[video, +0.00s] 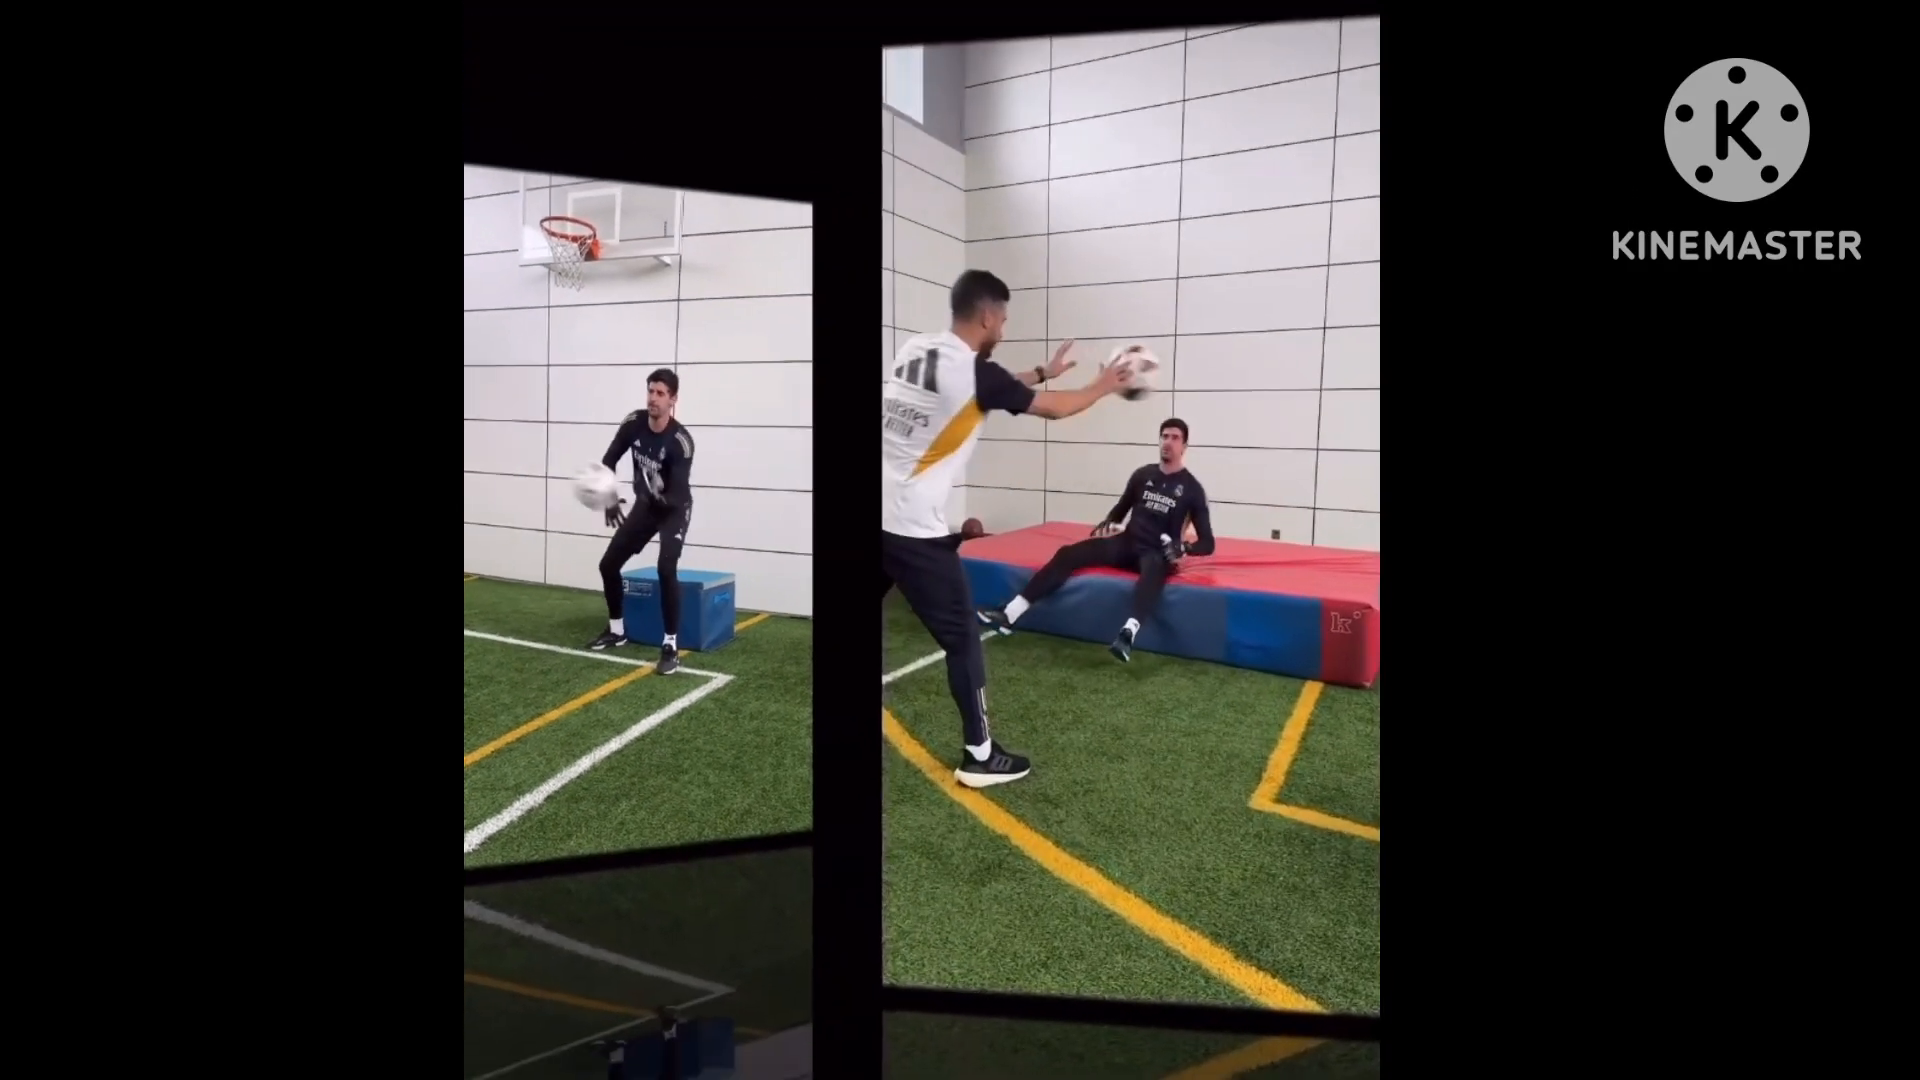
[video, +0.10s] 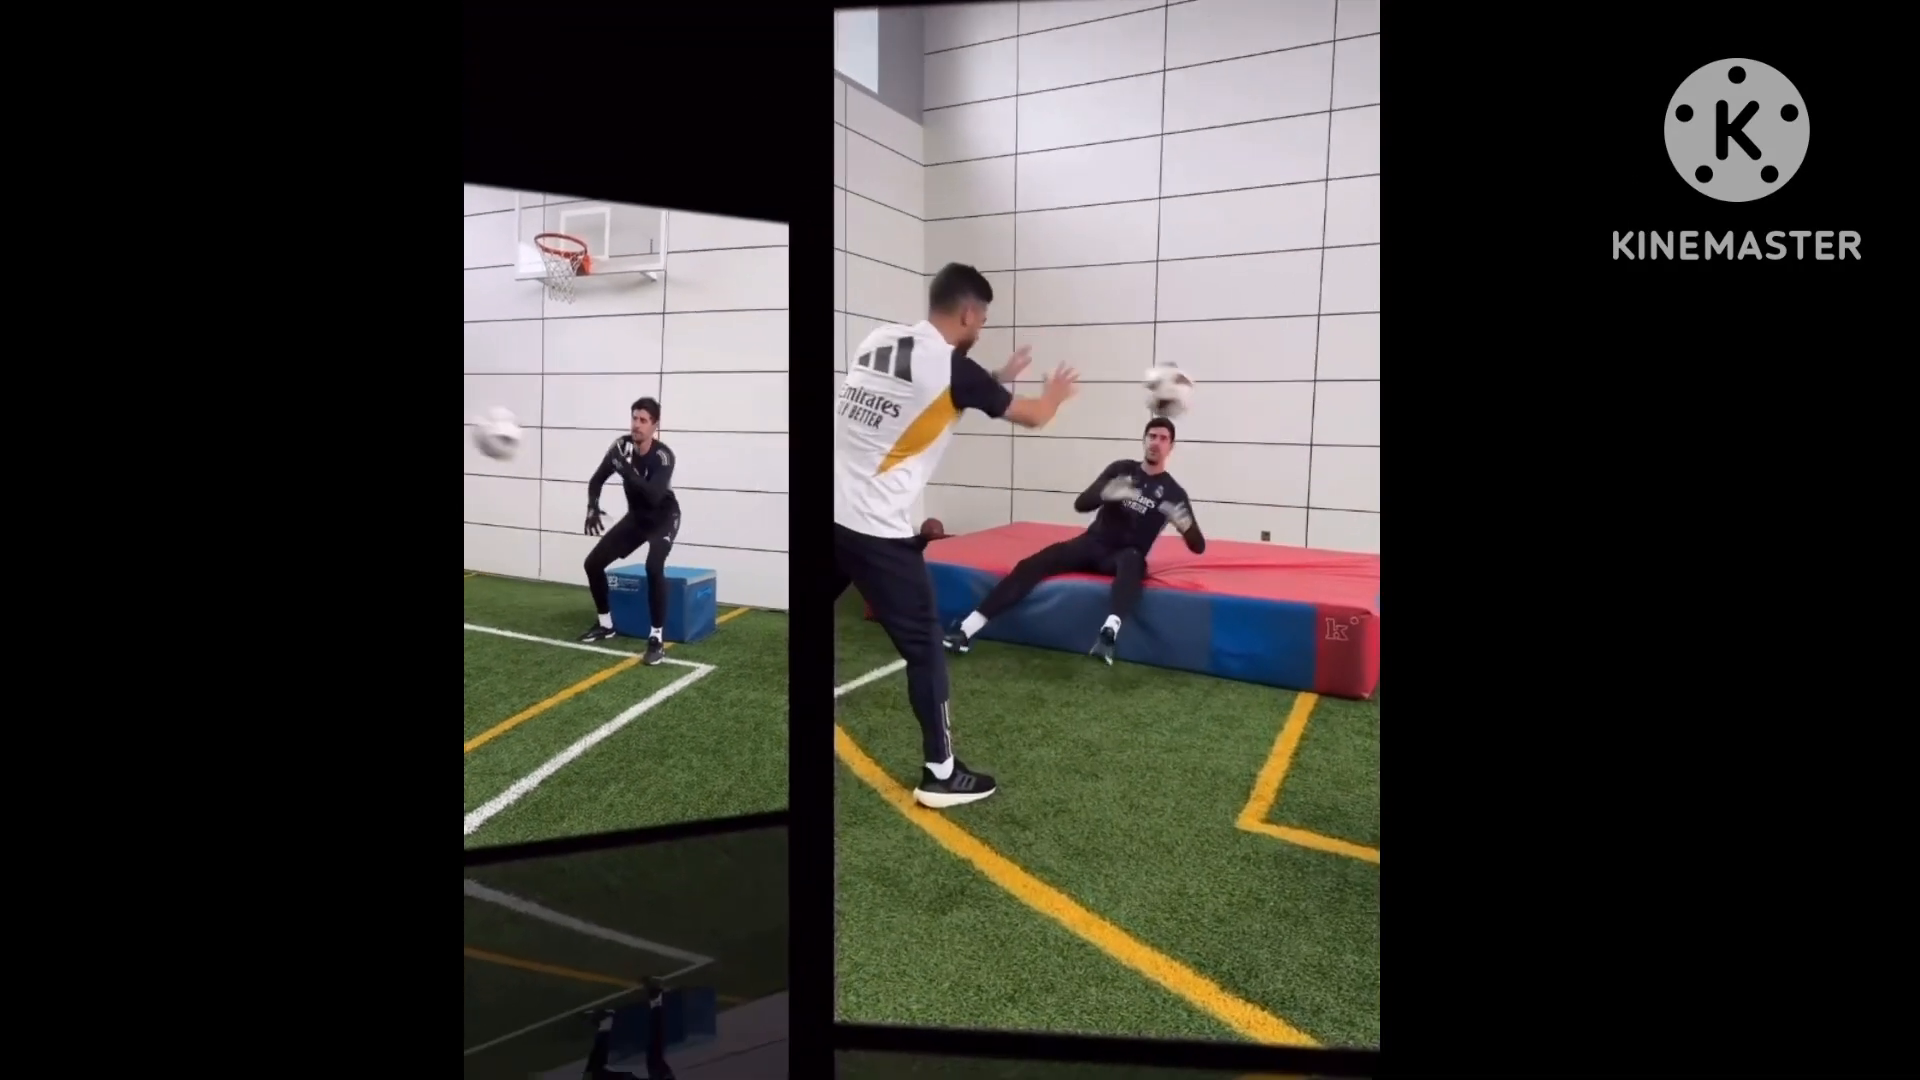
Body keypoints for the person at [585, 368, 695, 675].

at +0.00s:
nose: (653, 398)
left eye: (660, 393)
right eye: (650, 391)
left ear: (673, 399)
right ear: (646, 394)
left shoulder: (680, 442)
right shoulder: (635, 423)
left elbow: (677, 500)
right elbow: (609, 461)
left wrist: (658, 496)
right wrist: (608, 497)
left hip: (675, 510)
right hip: (645, 505)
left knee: (666, 570)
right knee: (608, 565)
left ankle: (669, 647)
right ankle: (616, 632)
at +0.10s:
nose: (636, 424)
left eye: (643, 420)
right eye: (634, 419)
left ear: (655, 425)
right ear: (630, 421)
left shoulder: (663, 455)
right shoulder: (622, 445)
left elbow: (654, 495)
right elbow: (596, 480)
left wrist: (625, 468)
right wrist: (593, 507)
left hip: (664, 518)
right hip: (637, 517)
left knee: (653, 567)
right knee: (593, 564)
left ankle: (656, 639)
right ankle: (605, 626)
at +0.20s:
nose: (622, 449)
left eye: (628, 444)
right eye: (620, 443)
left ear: (639, 447)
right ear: (616, 445)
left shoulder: (648, 471)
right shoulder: (612, 471)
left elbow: (644, 503)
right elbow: (587, 499)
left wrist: (619, 481)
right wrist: (582, 517)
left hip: (654, 530)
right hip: (627, 530)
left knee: (643, 564)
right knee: (582, 563)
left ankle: (643, 632)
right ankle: (596, 619)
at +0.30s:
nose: (612, 467)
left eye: (617, 462)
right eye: (610, 462)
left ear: (628, 464)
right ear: (607, 464)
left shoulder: (638, 486)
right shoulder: (603, 488)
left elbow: (641, 515)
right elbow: (585, 512)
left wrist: (620, 499)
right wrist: (574, 527)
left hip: (644, 543)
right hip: (617, 543)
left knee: (633, 565)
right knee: (575, 560)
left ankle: (632, 624)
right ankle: (587, 613)